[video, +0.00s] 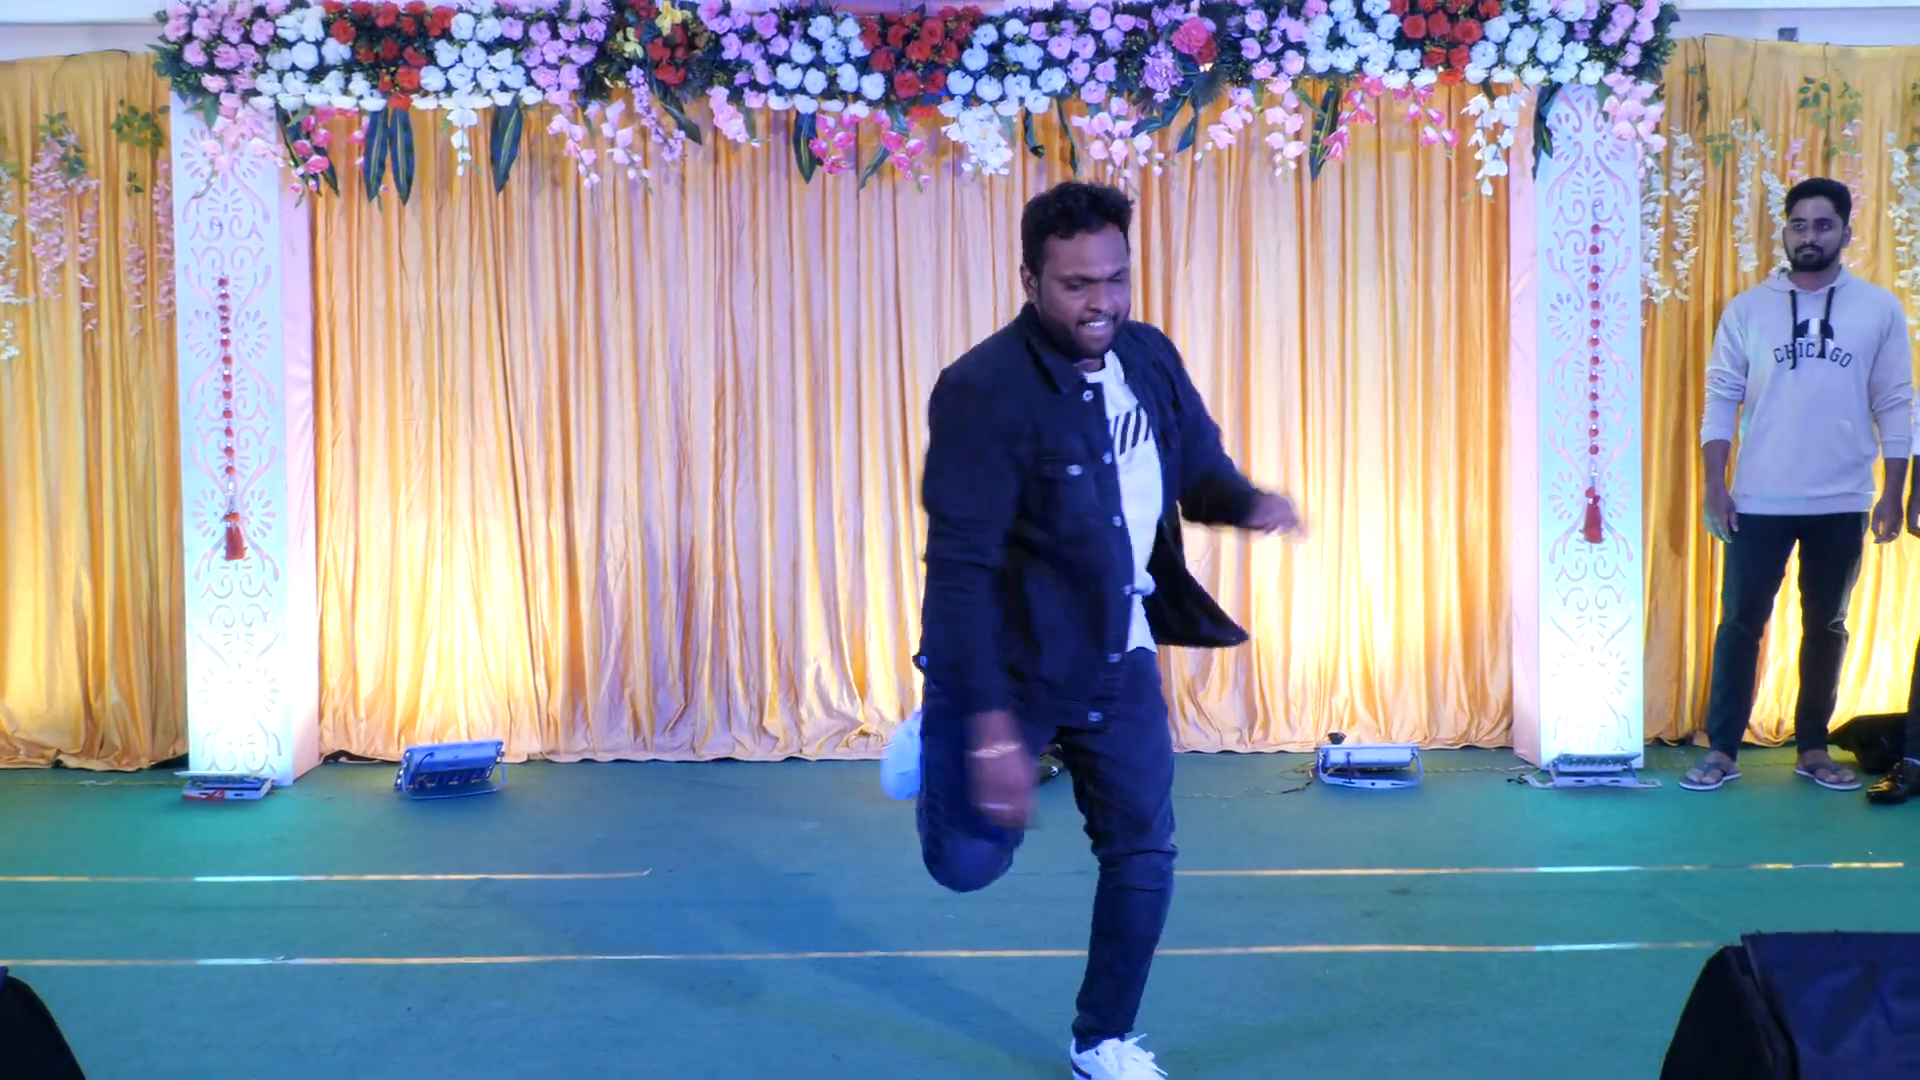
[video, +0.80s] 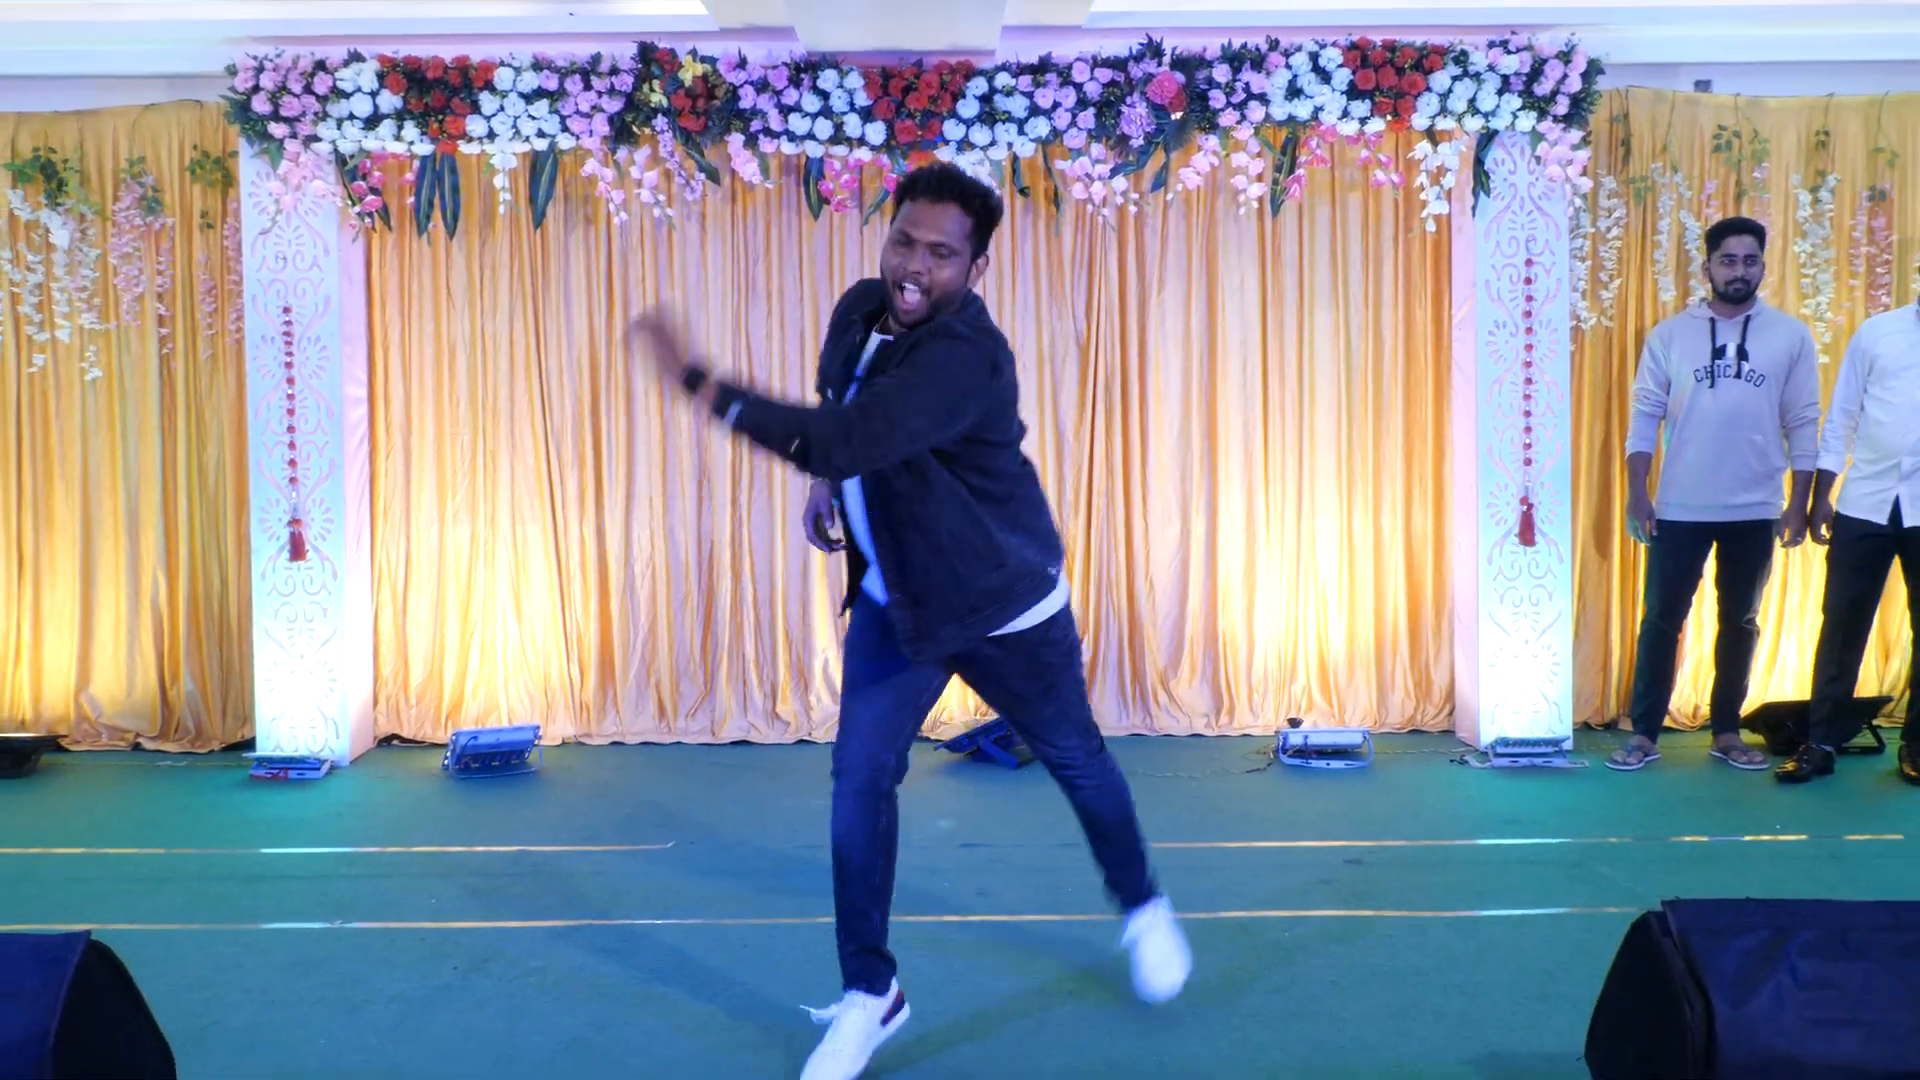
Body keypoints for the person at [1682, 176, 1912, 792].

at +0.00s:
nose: (1809, 235)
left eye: (1823, 225)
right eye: (1798, 224)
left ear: (1845, 234)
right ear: (1784, 231)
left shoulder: (1878, 309)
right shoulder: (1747, 309)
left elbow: (1896, 404)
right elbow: (1721, 397)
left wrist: (1894, 490)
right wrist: (1714, 482)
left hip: (1840, 499)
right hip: (1760, 497)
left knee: (1826, 629)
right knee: (1740, 623)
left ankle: (1812, 750)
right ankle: (1722, 751)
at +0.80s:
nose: (1739, 269)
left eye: (1750, 260)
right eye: (1728, 259)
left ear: (1763, 268)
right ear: (1707, 266)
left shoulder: (1789, 336)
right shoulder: (1670, 334)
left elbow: (1803, 421)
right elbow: (1645, 413)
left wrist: (1800, 501)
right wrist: (1637, 489)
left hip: (1753, 507)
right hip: (1681, 505)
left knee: (1739, 626)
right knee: (1660, 621)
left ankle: (1726, 734)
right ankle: (1644, 734)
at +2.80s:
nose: (1716, 275)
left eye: (1729, 266)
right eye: (1709, 266)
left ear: (1758, 271)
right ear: (1703, 271)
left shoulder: (1792, 342)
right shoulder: (1672, 339)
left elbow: (1807, 426)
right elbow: (1648, 416)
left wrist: (1803, 505)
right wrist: (1637, 492)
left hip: (1755, 511)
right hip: (1682, 508)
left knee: (1742, 630)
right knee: (1661, 624)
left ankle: (1727, 737)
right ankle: (1645, 737)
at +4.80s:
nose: (1694, 285)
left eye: (1704, 275)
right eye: (1682, 274)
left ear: (1718, 279)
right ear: (1662, 277)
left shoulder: (1747, 327)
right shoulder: (1629, 333)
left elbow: (1788, 362)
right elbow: (1590, 370)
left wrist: (1764, 440)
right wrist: (1603, 439)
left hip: (1721, 495)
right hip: (1647, 495)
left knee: (1726, 618)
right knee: (1647, 615)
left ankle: (1728, 739)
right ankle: (1651, 734)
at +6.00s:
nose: (1675, 267)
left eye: (1686, 257)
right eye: (1665, 258)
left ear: (1708, 264)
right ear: (1652, 265)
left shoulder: (1741, 328)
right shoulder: (1621, 335)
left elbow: (1776, 400)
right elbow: (1602, 412)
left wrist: (1766, 472)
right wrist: (1607, 484)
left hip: (1719, 497)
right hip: (1647, 502)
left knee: (1744, 604)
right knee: (1649, 612)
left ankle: (1730, 730)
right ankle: (1655, 731)